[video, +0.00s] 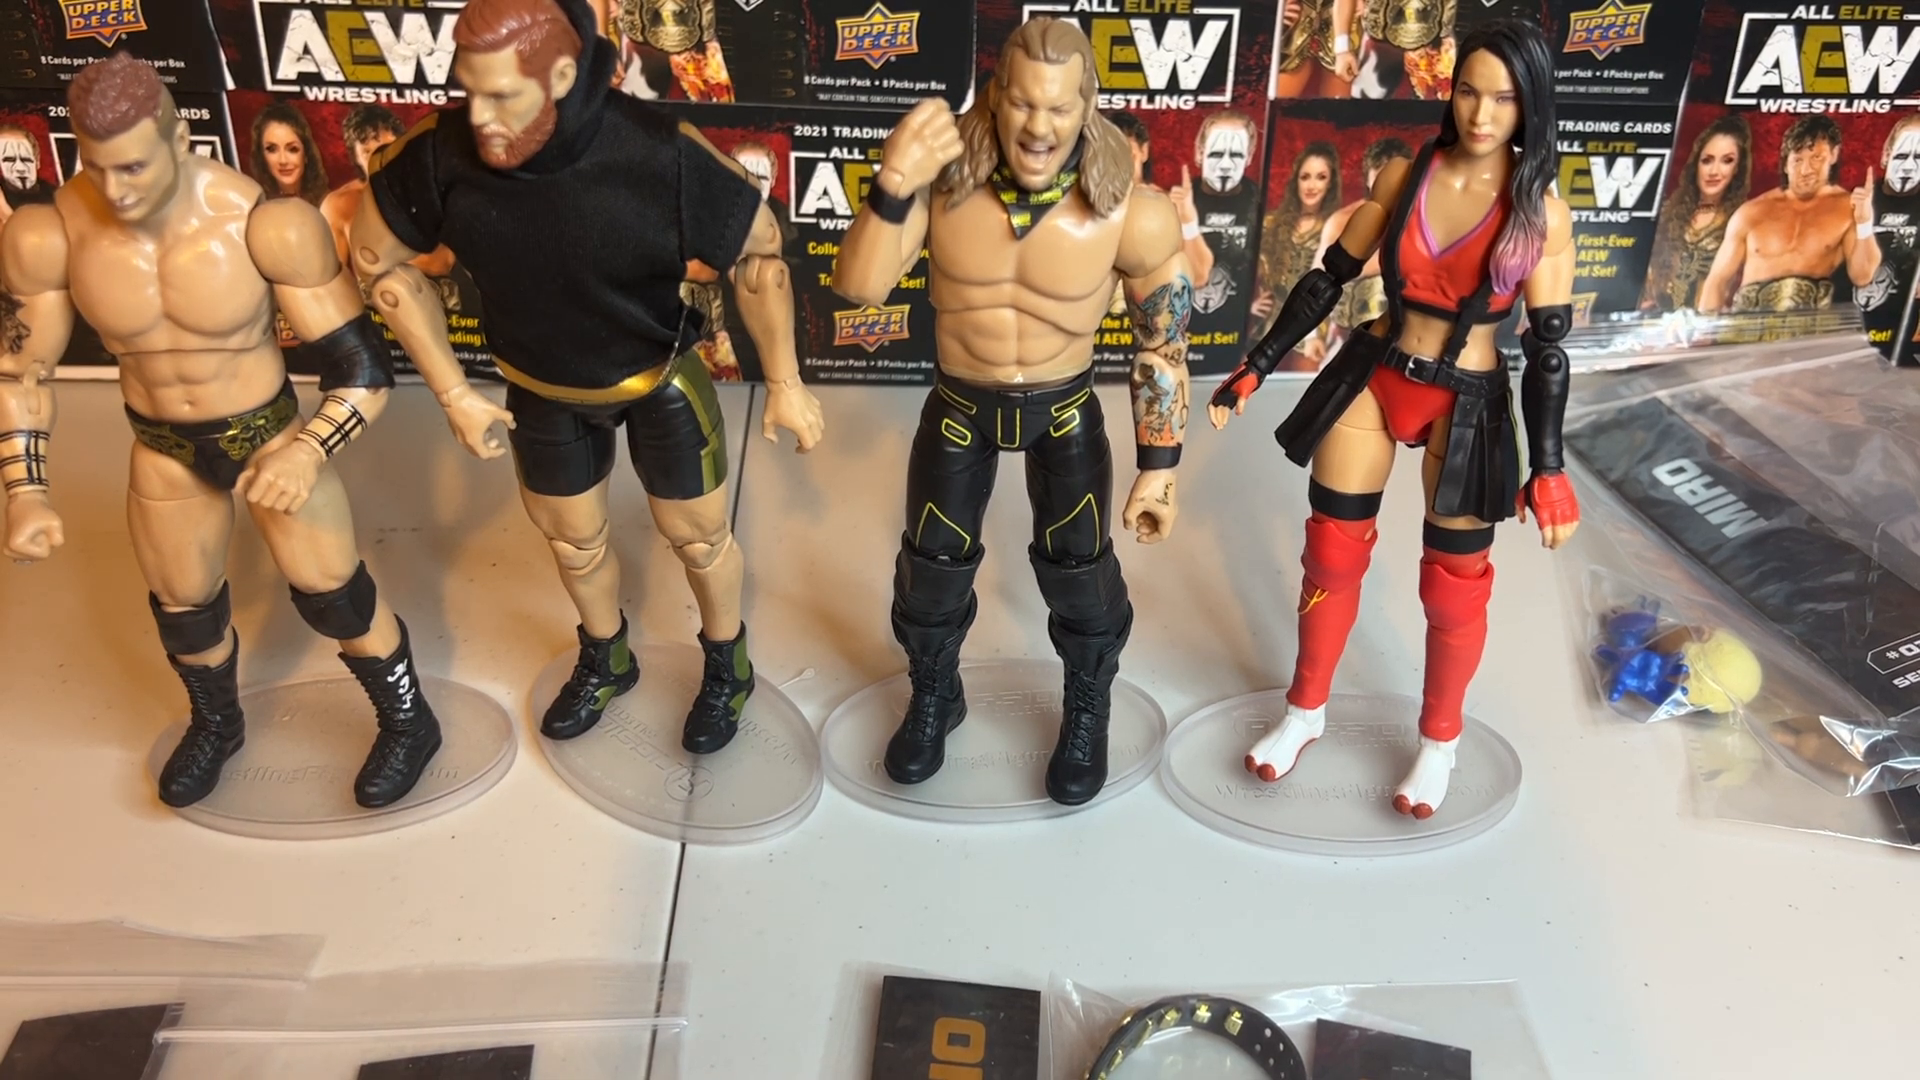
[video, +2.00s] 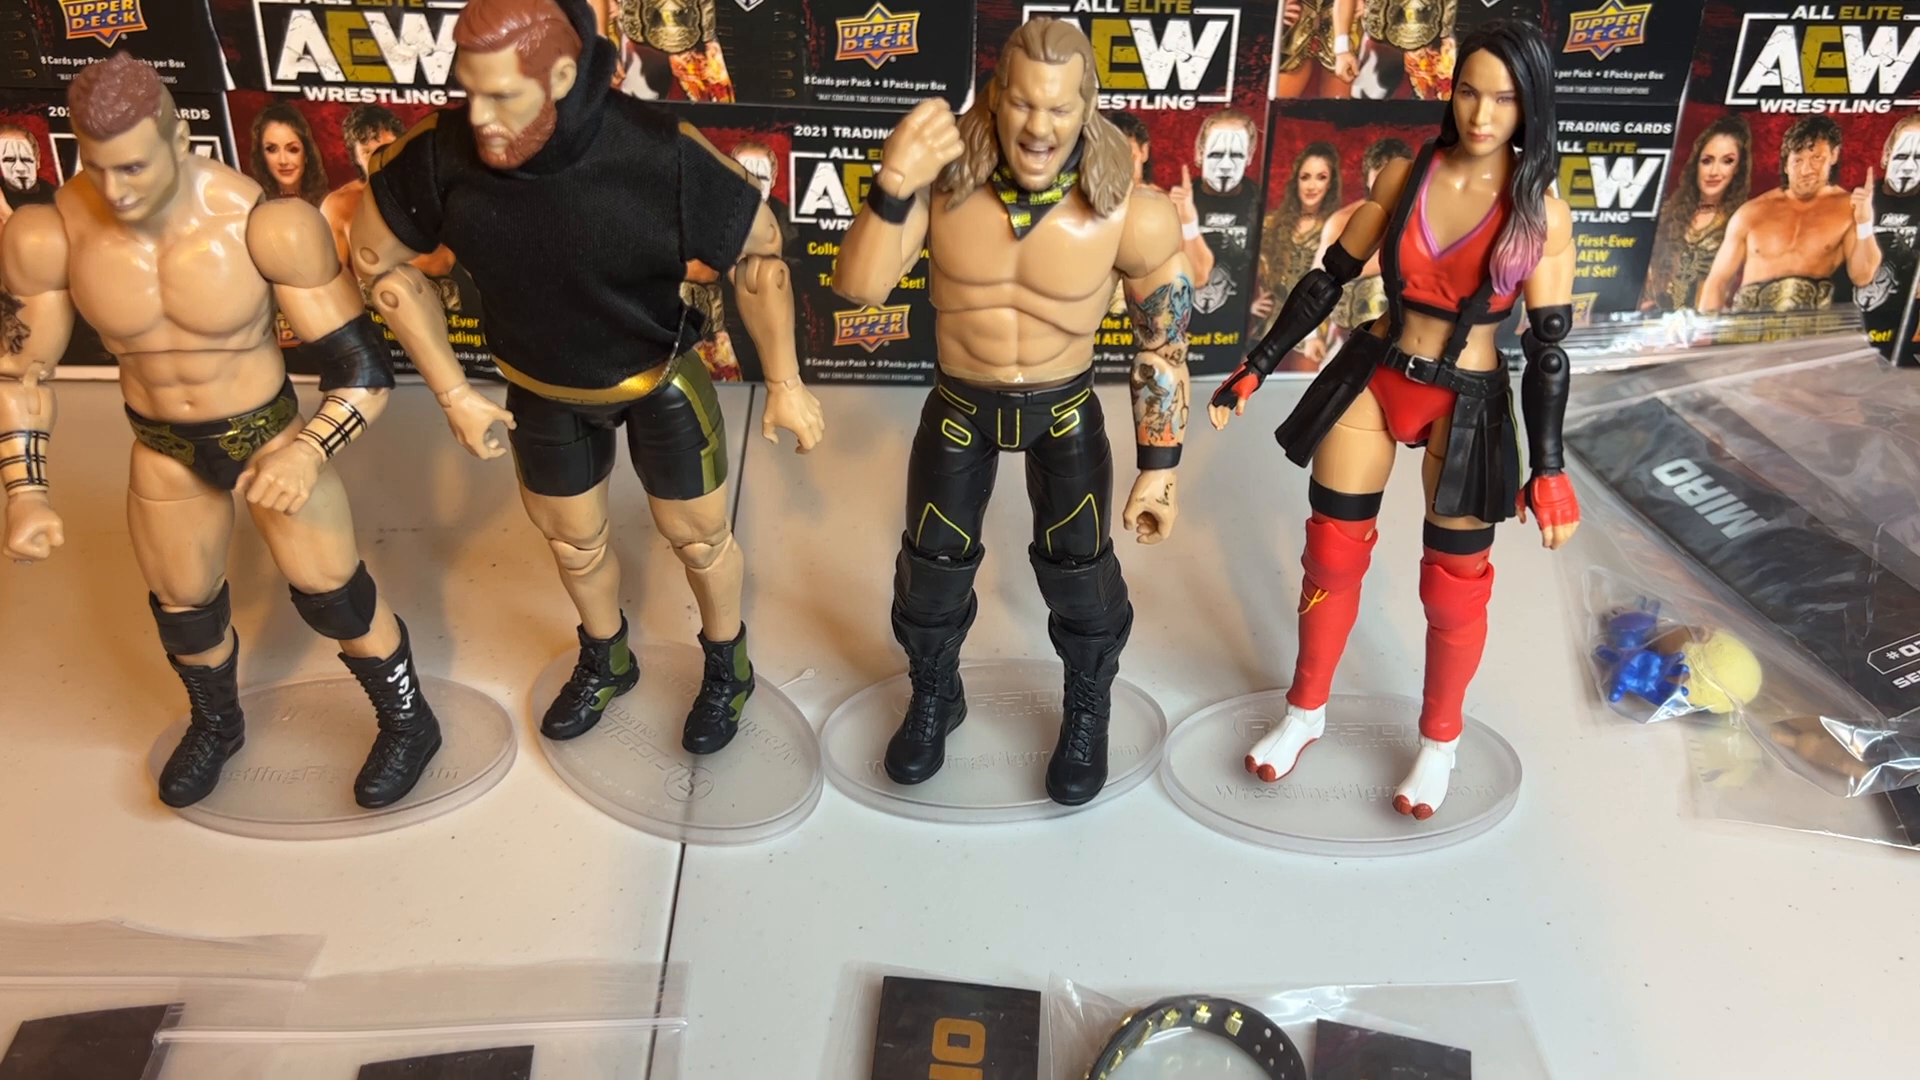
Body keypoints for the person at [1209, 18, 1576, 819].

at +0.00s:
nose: (1479, 113)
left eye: (1501, 99)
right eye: (1469, 93)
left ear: (1528, 108)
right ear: (1450, 93)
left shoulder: (1540, 209)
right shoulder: (1406, 174)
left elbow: (1549, 344)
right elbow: (1333, 273)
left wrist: (1549, 464)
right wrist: (1256, 363)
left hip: (1466, 405)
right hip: (1371, 383)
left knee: (1454, 590)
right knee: (1331, 559)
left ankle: (1438, 742)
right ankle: (1304, 710)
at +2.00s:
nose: (1480, 113)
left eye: (1501, 99)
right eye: (1469, 94)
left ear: (1528, 108)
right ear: (1451, 94)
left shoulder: (1540, 209)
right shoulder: (1406, 175)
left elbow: (1548, 345)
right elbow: (1332, 274)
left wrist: (1549, 466)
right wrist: (1256, 364)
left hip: (1467, 404)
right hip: (1372, 382)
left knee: (1454, 591)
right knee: (1331, 559)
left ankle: (1438, 741)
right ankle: (1304, 710)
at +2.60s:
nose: (1479, 113)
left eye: (1501, 99)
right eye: (1469, 93)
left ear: (1529, 108)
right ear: (1451, 94)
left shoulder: (1540, 209)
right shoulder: (1406, 175)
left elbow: (1549, 345)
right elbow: (1332, 274)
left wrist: (1549, 466)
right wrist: (1256, 364)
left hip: (1467, 404)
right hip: (1372, 382)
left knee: (1453, 591)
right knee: (1331, 559)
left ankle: (1438, 741)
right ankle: (1304, 709)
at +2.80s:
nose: (1480, 114)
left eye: (1501, 99)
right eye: (1469, 94)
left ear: (1529, 108)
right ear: (1451, 94)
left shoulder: (1540, 209)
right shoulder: (1406, 175)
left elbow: (1549, 344)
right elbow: (1333, 273)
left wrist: (1549, 466)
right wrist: (1257, 364)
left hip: (1467, 405)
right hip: (1371, 383)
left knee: (1454, 591)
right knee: (1331, 559)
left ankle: (1438, 742)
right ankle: (1304, 710)